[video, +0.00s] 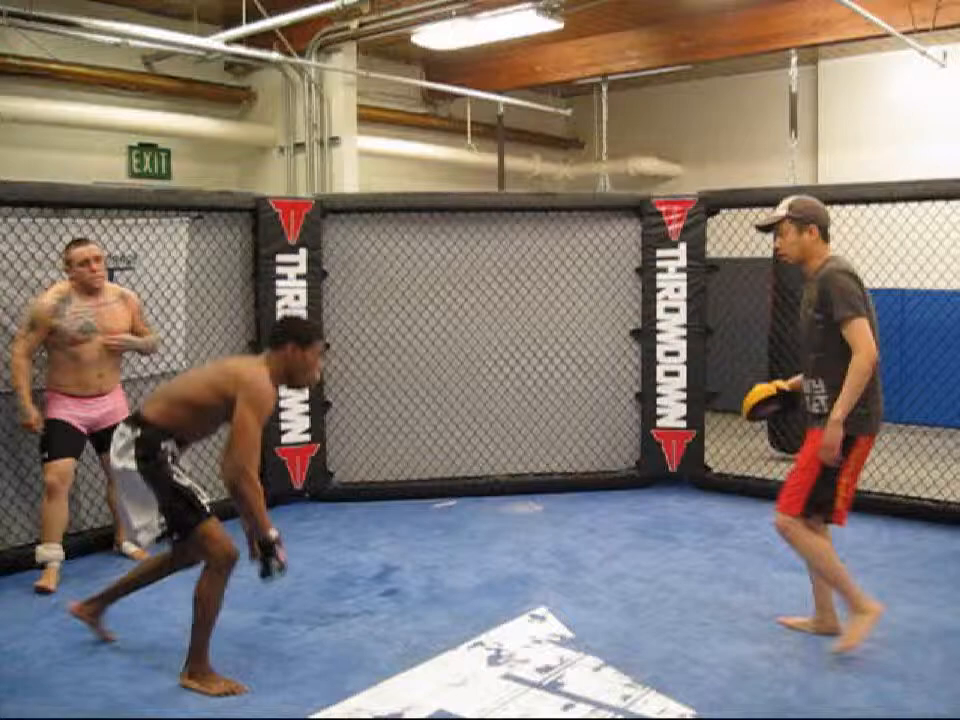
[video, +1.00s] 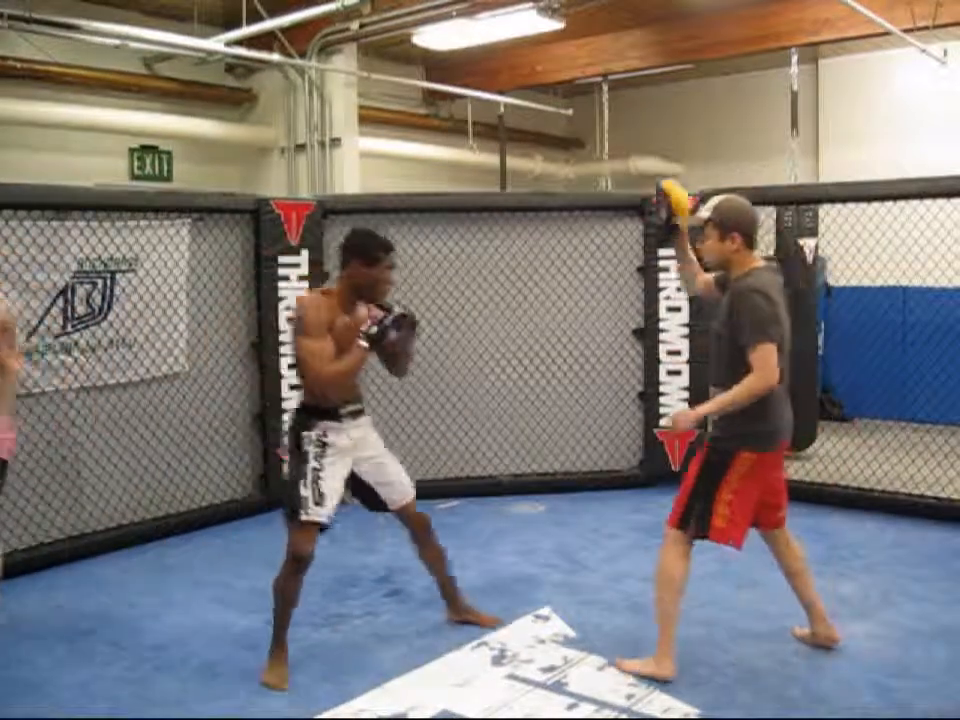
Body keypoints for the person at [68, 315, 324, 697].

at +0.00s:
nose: (319, 367)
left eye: (321, 357)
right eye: (317, 356)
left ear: (288, 351)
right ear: (291, 350)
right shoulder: (257, 385)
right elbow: (240, 473)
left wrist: (259, 534)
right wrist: (266, 536)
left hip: (152, 444)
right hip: (146, 448)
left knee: (191, 549)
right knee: (222, 554)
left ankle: (94, 605)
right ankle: (197, 669)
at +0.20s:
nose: (324, 317)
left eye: (325, 308)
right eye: (321, 307)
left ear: (297, 302)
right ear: (301, 302)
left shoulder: (265, 329)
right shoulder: (263, 334)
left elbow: (215, 379)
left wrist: (232, 432)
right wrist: (218, 443)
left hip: (193, 405)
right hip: (175, 404)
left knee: (219, 521)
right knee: (199, 536)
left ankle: (191, 622)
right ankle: (191, 663)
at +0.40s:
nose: (317, 275)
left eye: (318, 266)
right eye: (313, 265)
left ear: (298, 263)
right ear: (288, 261)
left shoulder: (278, 305)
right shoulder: (251, 294)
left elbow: (243, 350)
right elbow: (182, 328)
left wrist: (260, 386)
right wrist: (214, 388)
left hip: (231, 410)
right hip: (209, 410)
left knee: (234, 529)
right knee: (242, 538)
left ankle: (195, 622)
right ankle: (217, 654)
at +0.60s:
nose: (328, 263)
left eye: (329, 254)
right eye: (323, 253)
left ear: (301, 250)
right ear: (297, 249)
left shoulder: (299, 295)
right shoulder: (247, 292)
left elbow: (298, 349)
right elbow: (212, 367)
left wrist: (323, 330)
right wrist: (269, 371)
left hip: (269, 410)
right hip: (239, 411)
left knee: (250, 531)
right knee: (268, 538)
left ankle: (196, 618)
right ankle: (256, 647)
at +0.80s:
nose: (348, 259)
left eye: (351, 251)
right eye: (344, 249)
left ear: (333, 244)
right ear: (317, 240)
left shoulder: (326, 278)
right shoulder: (271, 280)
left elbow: (321, 336)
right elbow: (261, 352)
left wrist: (356, 323)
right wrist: (308, 334)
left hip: (315, 408)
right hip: (277, 412)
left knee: (349, 516)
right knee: (277, 536)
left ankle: (303, 592)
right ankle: (260, 642)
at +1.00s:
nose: (392, 279)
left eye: (392, 270)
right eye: (385, 271)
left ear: (367, 269)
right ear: (355, 268)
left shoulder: (369, 311)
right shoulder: (312, 307)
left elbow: (399, 368)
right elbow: (323, 384)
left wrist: (395, 337)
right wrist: (364, 342)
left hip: (359, 427)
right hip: (317, 432)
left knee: (417, 520)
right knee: (300, 555)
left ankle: (455, 604)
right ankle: (278, 649)